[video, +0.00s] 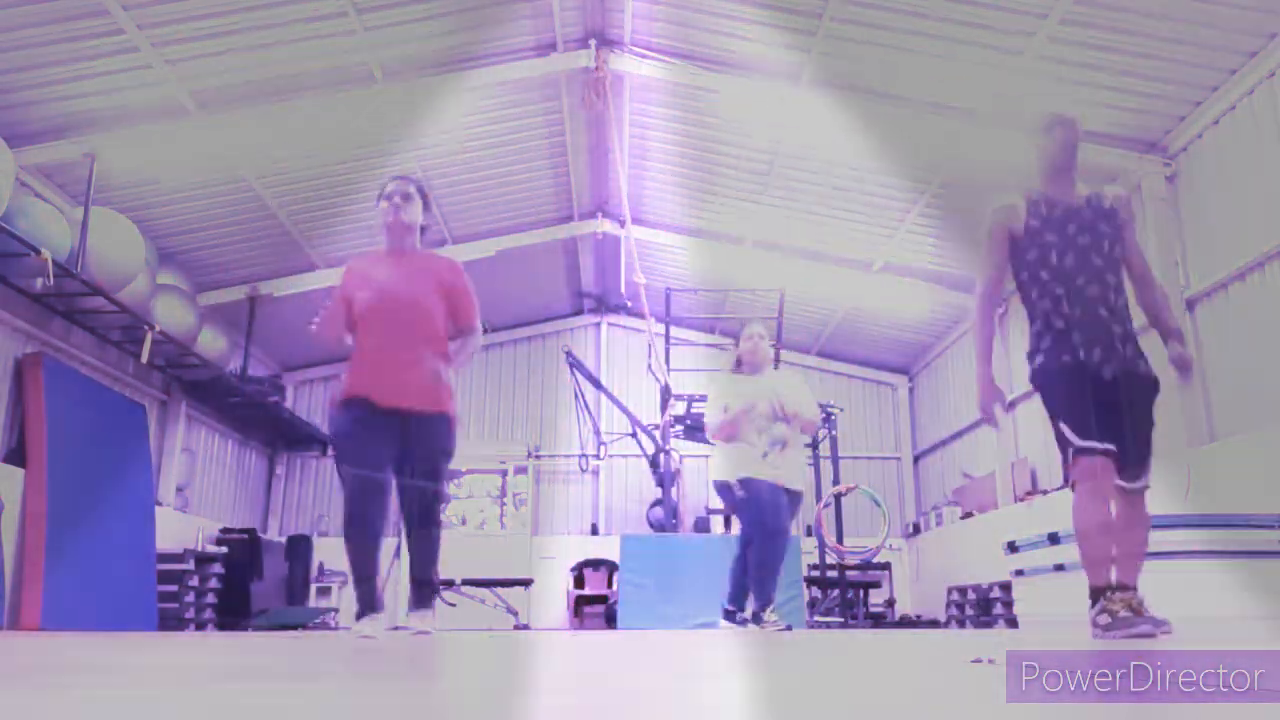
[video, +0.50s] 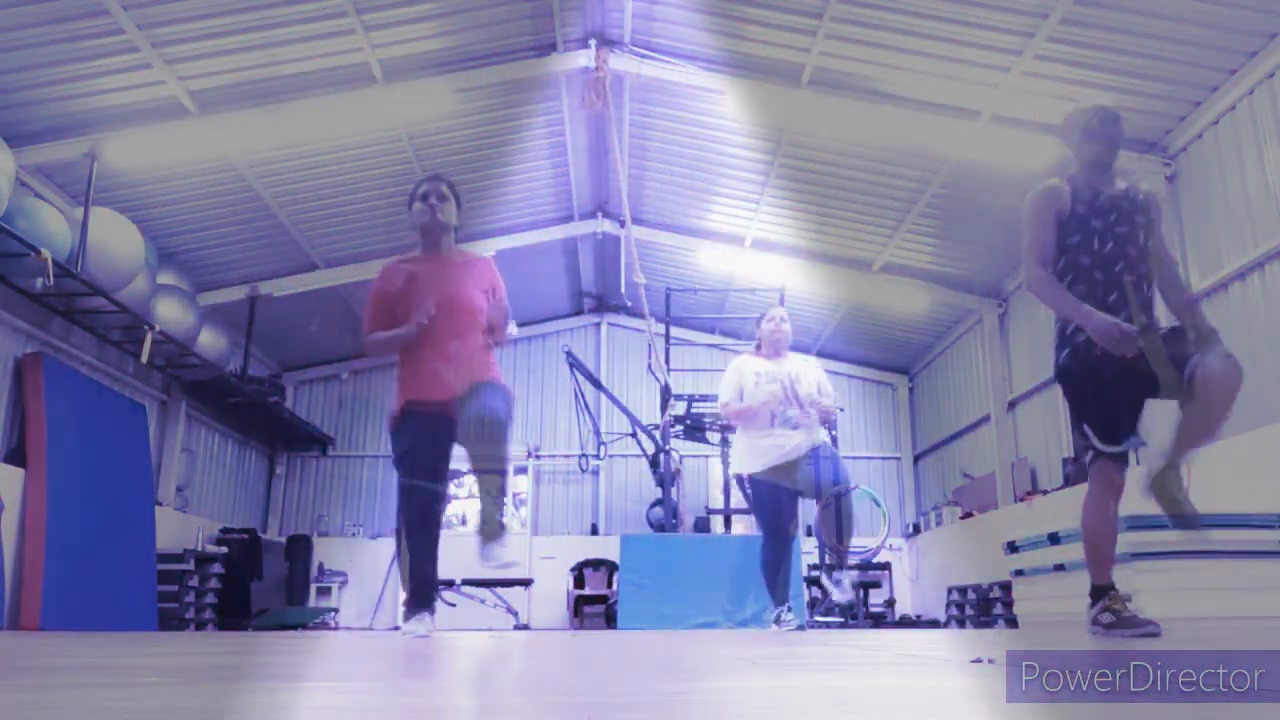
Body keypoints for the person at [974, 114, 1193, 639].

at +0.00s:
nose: (1063, 146)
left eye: (1069, 138)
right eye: (1054, 137)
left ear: (1078, 150)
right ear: (1038, 149)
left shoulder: (1110, 208)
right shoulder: (1014, 214)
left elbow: (1144, 281)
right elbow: (986, 300)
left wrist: (1173, 338)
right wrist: (984, 378)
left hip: (1123, 358)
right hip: (1063, 362)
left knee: (1132, 486)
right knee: (1094, 471)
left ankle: (1129, 596)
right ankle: (1104, 602)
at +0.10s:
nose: (1065, 138)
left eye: (1072, 132)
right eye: (1055, 131)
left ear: (1082, 148)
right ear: (1040, 146)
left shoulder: (1109, 205)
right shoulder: (1017, 211)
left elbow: (1143, 281)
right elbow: (997, 295)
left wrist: (1174, 343)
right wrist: (999, 371)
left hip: (1124, 353)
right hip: (1068, 356)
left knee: (1138, 481)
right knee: (1095, 467)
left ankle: (1128, 594)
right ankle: (1103, 602)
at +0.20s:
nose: (1067, 137)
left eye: (1073, 127)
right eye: (1058, 127)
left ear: (1084, 131)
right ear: (1040, 132)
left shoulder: (1109, 190)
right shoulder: (1025, 200)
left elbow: (1138, 262)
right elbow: (1003, 281)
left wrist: (1170, 317)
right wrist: (1026, 337)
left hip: (1120, 337)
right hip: (1069, 343)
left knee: (1166, 441)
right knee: (1087, 463)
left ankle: (1124, 521)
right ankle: (1106, 592)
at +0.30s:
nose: (1073, 133)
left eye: (1081, 123)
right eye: (1064, 124)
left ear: (1091, 127)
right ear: (1048, 129)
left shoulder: (1117, 185)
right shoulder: (1031, 190)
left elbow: (1142, 261)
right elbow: (1018, 269)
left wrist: (1180, 329)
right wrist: (1059, 318)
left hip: (1123, 333)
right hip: (1070, 338)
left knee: (1198, 399)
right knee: (1100, 464)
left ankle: (1124, 458)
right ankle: (1102, 597)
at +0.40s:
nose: (1089, 148)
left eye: (1097, 140)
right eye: (1079, 138)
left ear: (1107, 150)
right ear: (1060, 147)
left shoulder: (1126, 208)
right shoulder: (1043, 206)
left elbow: (1158, 279)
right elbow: (1030, 285)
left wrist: (1194, 343)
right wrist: (1090, 321)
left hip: (1133, 344)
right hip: (1080, 353)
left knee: (1214, 376)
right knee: (1114, 477)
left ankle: (1133, 423)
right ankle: (1102, 600)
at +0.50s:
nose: (1103, 141)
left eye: (1110, 133)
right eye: (1093, 132)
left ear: (1119, 143)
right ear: (1072, 141)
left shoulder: (1140, 201)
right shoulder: (1051, 197)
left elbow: (1166, 274)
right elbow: (1034, 275)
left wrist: (1201, 332)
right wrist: (1091, 320)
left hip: (1147, 342)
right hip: (1090, 349)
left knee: (1222, 372)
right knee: (1108, 473)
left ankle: (1168, 473)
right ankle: (1103, 598)